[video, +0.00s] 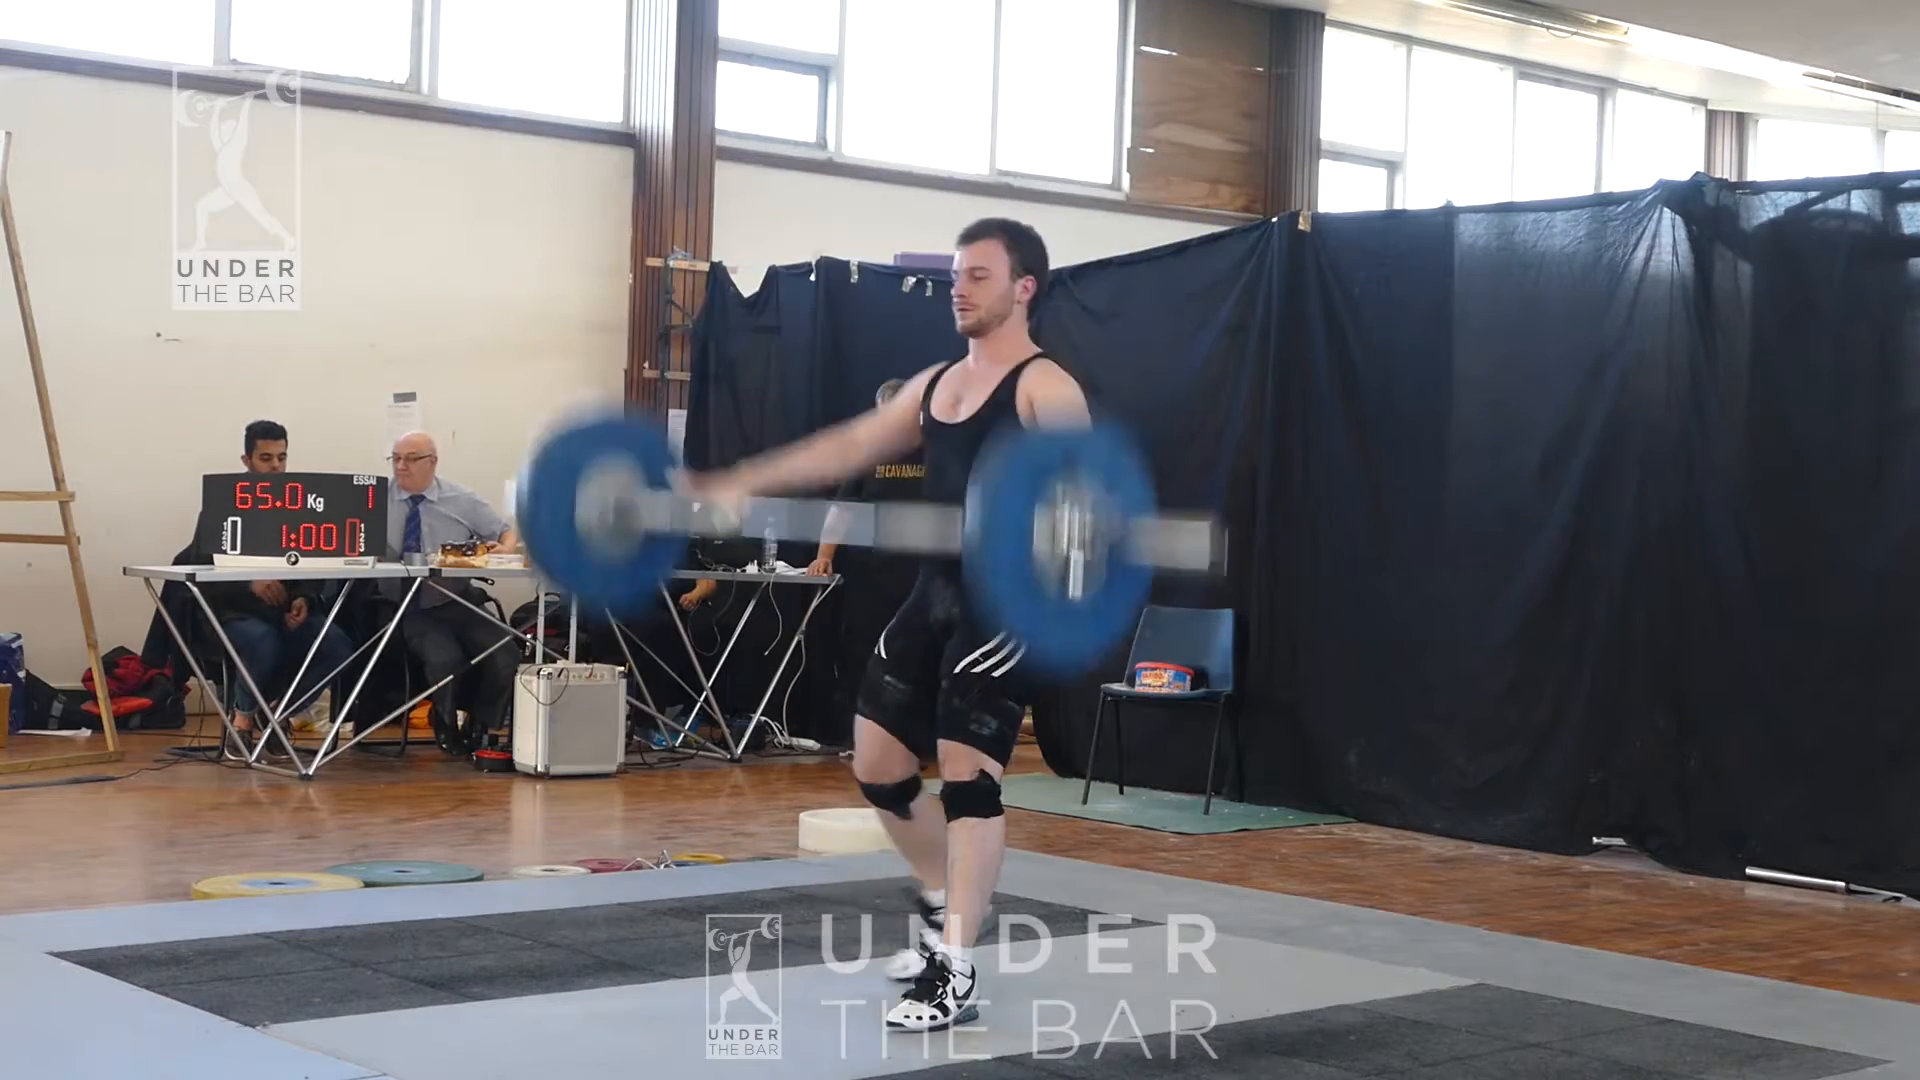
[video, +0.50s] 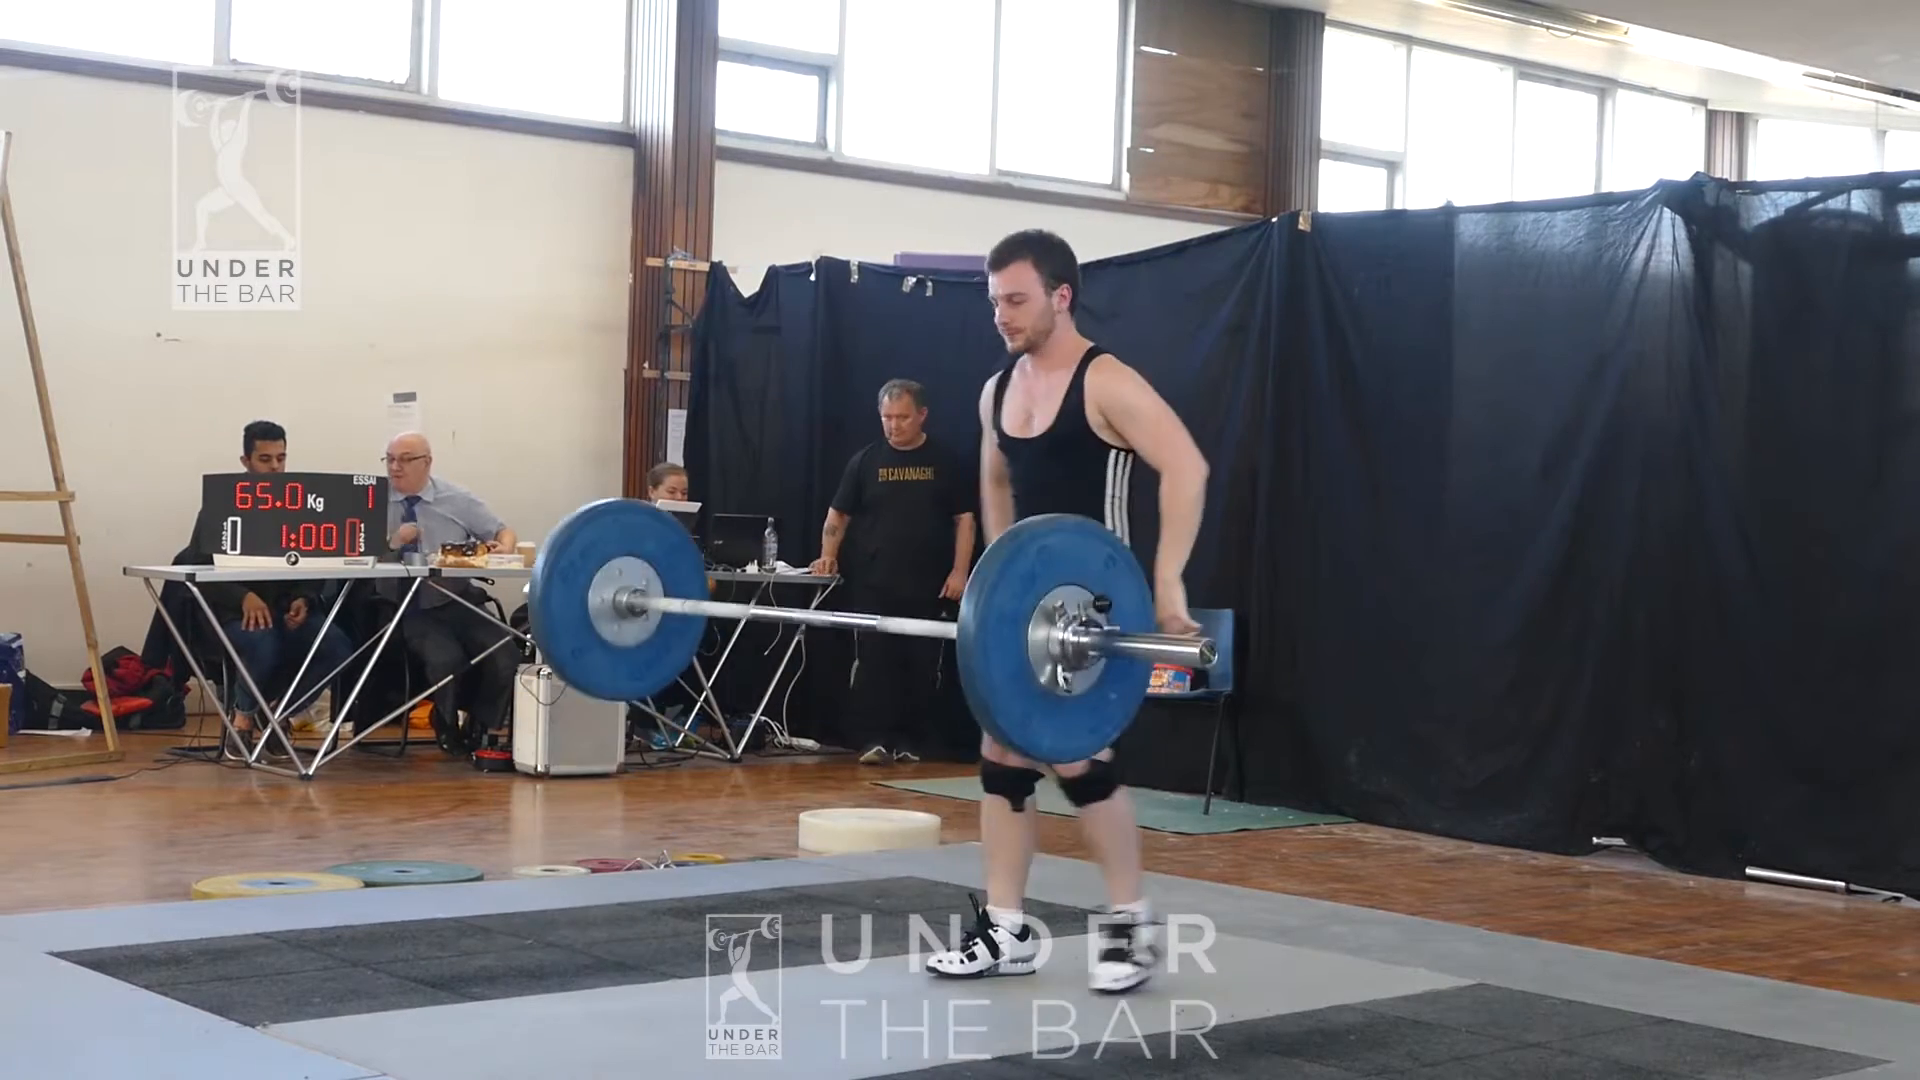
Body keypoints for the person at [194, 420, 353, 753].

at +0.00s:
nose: (275, 466)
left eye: (281, 458)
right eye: (266, 458)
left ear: (287, 457)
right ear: (247, 460)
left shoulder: (297, 498)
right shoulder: (228, 500)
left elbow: (317, 557)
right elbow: (203, 561)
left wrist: (304, 597)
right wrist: (250, 580)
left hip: (287, 608)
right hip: (237, 607)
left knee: (336, 645)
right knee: (265, 642)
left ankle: (278, 716)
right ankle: (241, 719)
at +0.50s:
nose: (275, 466)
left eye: (280, 458)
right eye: (265, 459)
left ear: (286, 458)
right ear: (246, 460)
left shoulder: (298, 499)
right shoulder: (224, 502)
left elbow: (319, 557)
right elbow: (201, 567)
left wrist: (305, 598)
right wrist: (243, 596)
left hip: (287, 607)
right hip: (237, 609)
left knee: (336, 645)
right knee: (263, 643)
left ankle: (278, 719)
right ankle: (242, 719)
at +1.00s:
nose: (272, 461)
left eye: (278, 454)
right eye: (263, 454)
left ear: (284, 455)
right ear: (244, 459)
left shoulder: (296, 498)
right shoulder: (224, 501)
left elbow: (317, 556)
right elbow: (201, 566)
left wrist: (303, 598)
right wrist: (243, 598)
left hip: (286, 605)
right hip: (236, 608)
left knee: (337, 646)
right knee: (263, 643)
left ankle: (277, 717)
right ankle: (242, 719)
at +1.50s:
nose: (269, 453)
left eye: (274, 446)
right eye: (258, 447)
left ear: (282, 450)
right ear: (242, 457)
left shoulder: (301, 497)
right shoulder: (232, 499)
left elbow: (326, 557)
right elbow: (212, 556)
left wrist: (312, 604)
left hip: (293, 608)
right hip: (244, 610)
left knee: (333, 647)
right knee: (267, 649)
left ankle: (254, 707)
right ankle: (272, 729)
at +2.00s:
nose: (270, 454)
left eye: (276, 446)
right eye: (260, 448)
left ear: (283, 450)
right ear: (243, 457)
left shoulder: (301, 497)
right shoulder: (232, 499)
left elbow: (324, 558)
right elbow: (202, 558)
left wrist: (311, 605)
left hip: (291, 608)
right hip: (243, 610)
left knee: (332, 646)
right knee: (266, 647)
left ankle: (252, 706)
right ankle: (274, 727)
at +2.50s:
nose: (272, 454)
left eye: (277, 446)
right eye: (261, 447)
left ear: (284, 451)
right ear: (244, 457)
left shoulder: (302, 497)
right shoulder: (233, 499)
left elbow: (328, 558)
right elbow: (214, 555)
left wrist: (312, 604)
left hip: (293, 608)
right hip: (244, 609)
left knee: (333, 648)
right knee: (267, 649)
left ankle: (255, 707)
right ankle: (273, 730)